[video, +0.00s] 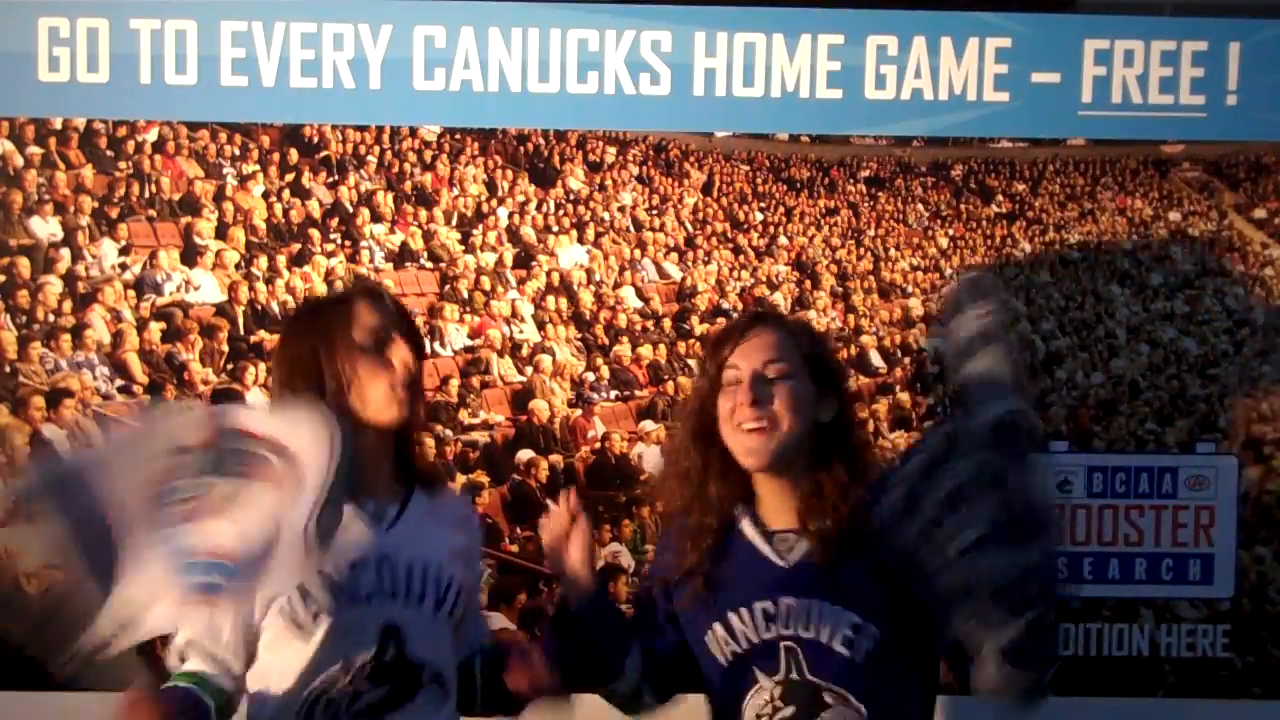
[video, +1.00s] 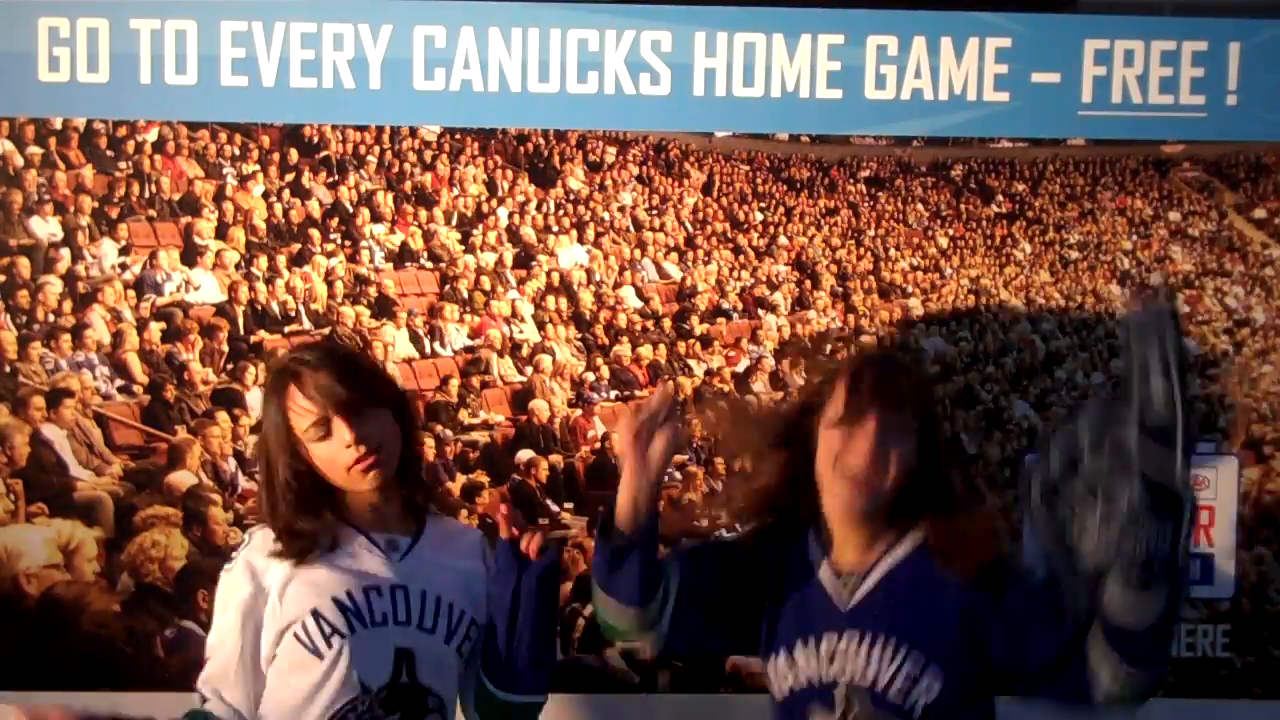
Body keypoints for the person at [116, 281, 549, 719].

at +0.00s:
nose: (407, 359)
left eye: (406, 339)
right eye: (376, 344)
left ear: (419, 354)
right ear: (321, 368)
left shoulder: (453, 519)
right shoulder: (272, 504)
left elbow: (460, 660)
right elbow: (211, 661)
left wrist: (505, 672)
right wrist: (181, 698)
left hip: (418, 716)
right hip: (284, 712)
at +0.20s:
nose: (392, 427)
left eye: (403, 406)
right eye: (362, 413)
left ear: (425, 427)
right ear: (323, 444)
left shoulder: (482, 574)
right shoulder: (269, 596)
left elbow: (528, 710)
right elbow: (213, 713)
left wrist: (532, 554)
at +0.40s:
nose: (412, 413)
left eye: (429, 392)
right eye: (386, 388)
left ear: (447, 419)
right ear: (335, 409)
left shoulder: (458, 558)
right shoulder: (253, 551)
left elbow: (485, 709)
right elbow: (204, 709)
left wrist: (566, 603)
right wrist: (82, 718)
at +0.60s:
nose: (407, 425)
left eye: (414, 403)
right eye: (380, 402)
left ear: (424, 416)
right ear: (327, 413)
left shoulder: (424, 561)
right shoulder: (231, 559)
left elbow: (445, 699)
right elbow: (172, 708)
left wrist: (516, 627)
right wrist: (212, 701)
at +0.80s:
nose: (392, 410)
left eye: (393, 390)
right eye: (365, 396)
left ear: (403, 395)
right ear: (305, 415)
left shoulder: (426, 540)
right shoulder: (233, 563)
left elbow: (476, 698)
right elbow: (190, 709)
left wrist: (543, 571)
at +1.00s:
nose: (354, 438)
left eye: (360, 410)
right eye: (322, 431)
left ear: (393, 409)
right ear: (299, 457)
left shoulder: (475, 553)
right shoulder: (264, 563)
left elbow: (504, 710)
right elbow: (223, 707)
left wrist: (529, 585)